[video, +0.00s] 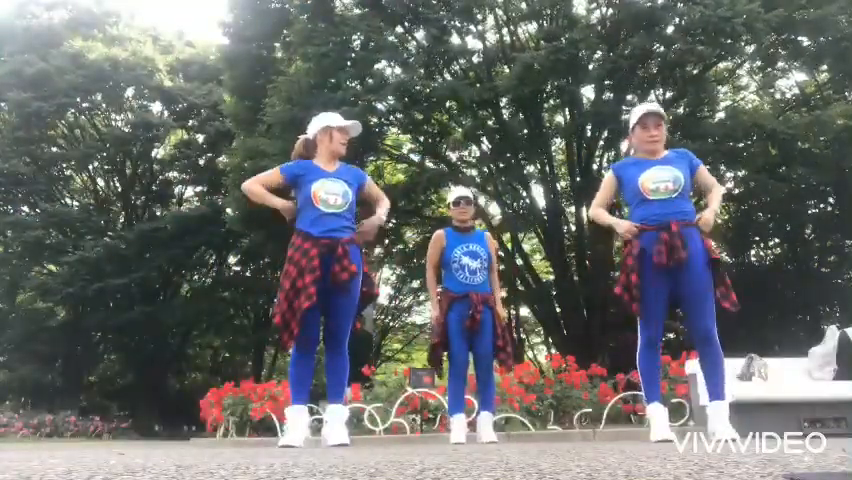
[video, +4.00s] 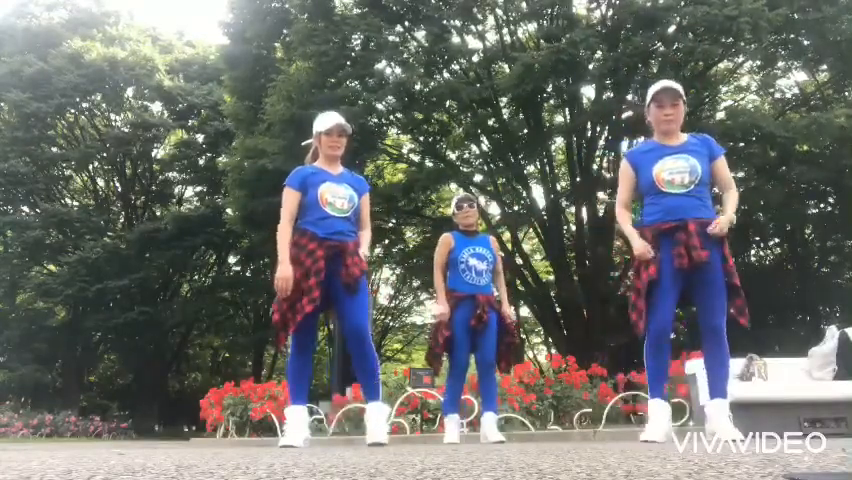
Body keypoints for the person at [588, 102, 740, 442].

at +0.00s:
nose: (652, 131)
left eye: (657, 125)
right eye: (645, 126)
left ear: (666, 130)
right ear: (632, 133)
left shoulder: (683, 157)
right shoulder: (620, 168)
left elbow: (713, 187)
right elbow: (595, 210)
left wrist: (711, 210)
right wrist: (615, 222)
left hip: (689, 240)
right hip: (648, 244)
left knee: (706, 331)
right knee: (651, 334)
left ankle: (719, 414)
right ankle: (656, 413)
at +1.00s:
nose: (641, 125)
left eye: (647, 119)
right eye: (634, 122)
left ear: (662, 125)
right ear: (628, 133)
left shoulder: (684, 155)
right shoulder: (621, 174)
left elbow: (723, 188)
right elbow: (616, 219)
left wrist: (697, 194)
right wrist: (616, 243)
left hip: (686, 245)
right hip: (643, 252)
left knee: (707, 333)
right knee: (643, 332)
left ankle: (719, 414)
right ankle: (651, 417)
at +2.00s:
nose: (610, 171)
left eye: (615, 164)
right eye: (604, 167)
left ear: (628, 165)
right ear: (598, 173)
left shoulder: (640, 181)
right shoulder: (603, 203)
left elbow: (657, 172)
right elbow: (596, 217)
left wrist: (677, 165)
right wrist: (603, 202)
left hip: (661, 264)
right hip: (632, 275)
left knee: (664, 337)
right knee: (605, 338)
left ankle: (685, 411)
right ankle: (636, 409)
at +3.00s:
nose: (636, 156)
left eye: (641, 150)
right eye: (629, 150)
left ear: (648, 151)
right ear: (615, 152)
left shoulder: (662, 182)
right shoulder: (598, 189)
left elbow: (678, 226)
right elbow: (587, 235)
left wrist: (693, 266)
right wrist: (590, 274)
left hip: (663, 264)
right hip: (622, 268)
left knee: (671, 340)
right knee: (620, 347)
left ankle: (674, 413)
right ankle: (628, 402)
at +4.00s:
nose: (667, 111)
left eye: (674, 105)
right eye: (660, 105)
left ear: (684, 109)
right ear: (648, 112)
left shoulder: (705, 145)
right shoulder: (635, 155)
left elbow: (729, 188)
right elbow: (622, 207)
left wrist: (726, 216)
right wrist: (634, 239)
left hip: (705, 236)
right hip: (660, 241)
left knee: (715, 324)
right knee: (659, 326)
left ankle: (718, 411)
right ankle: (658, 413)